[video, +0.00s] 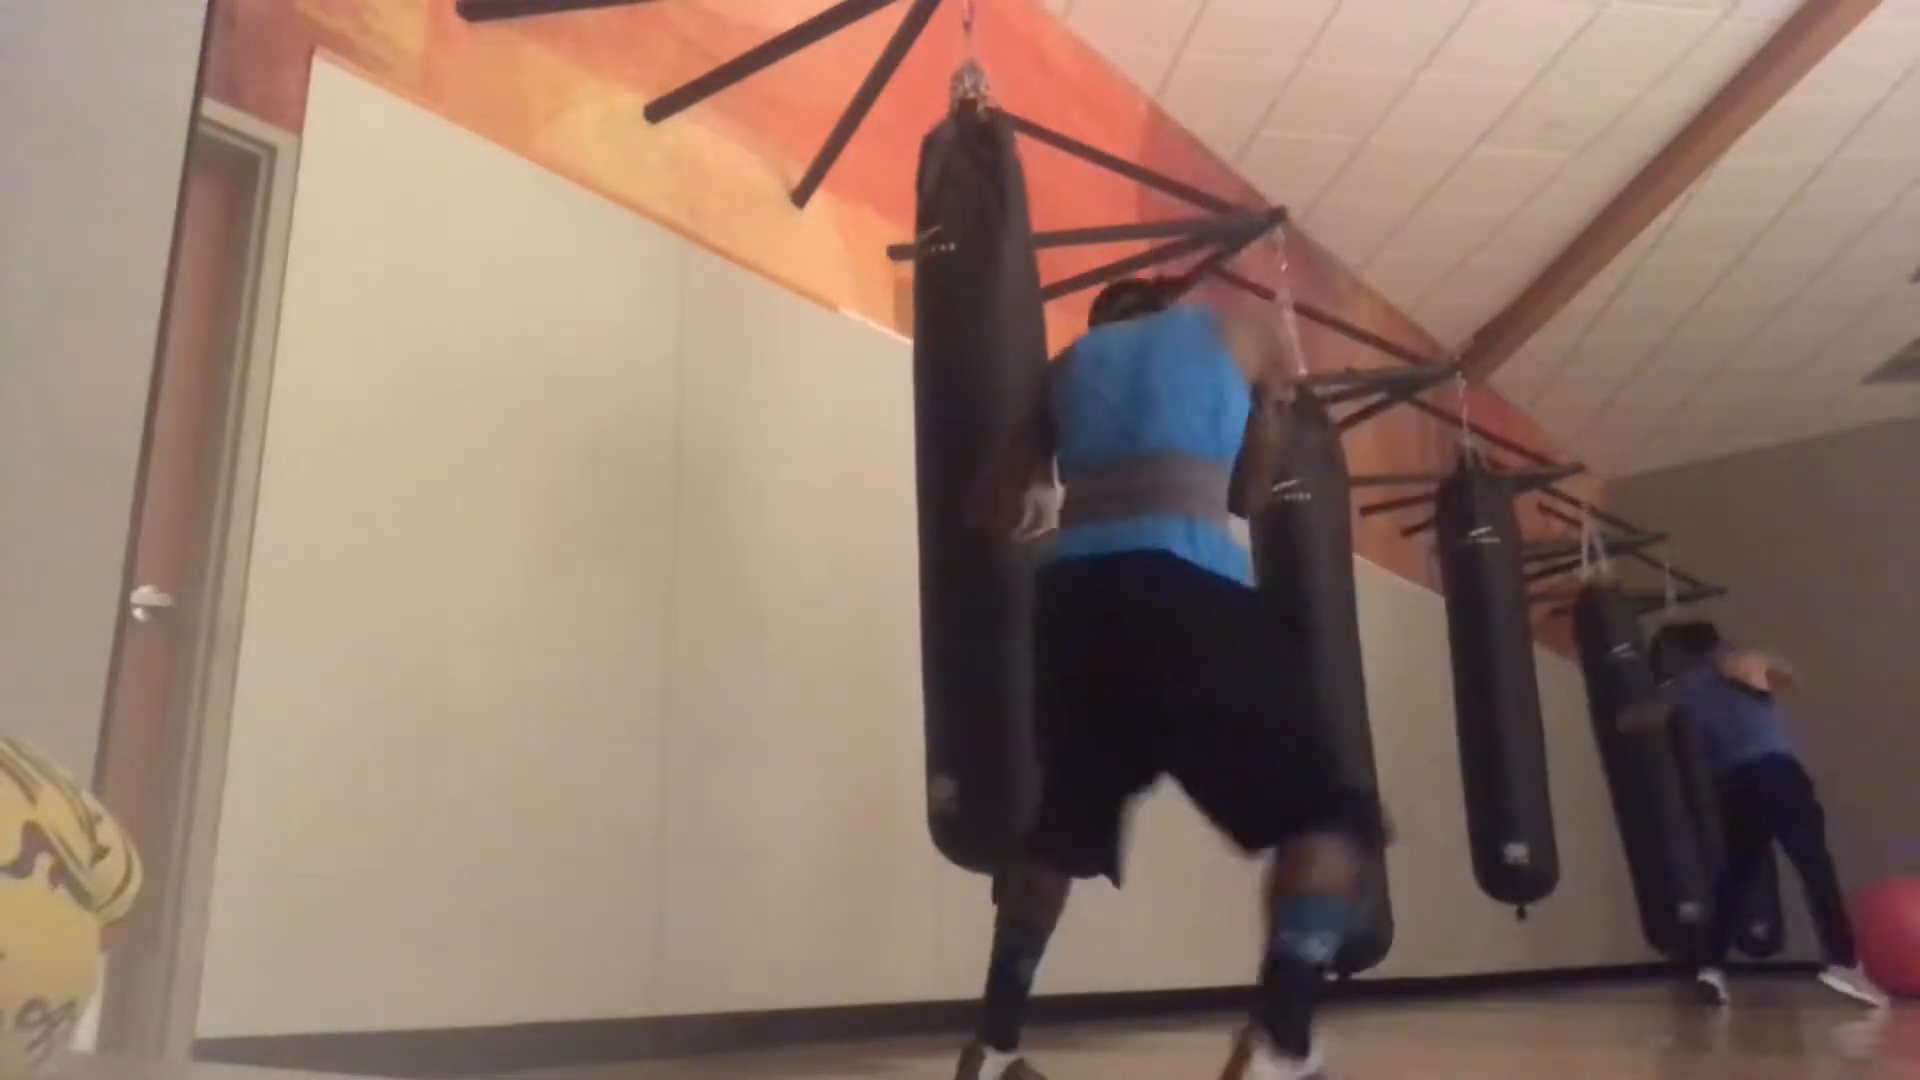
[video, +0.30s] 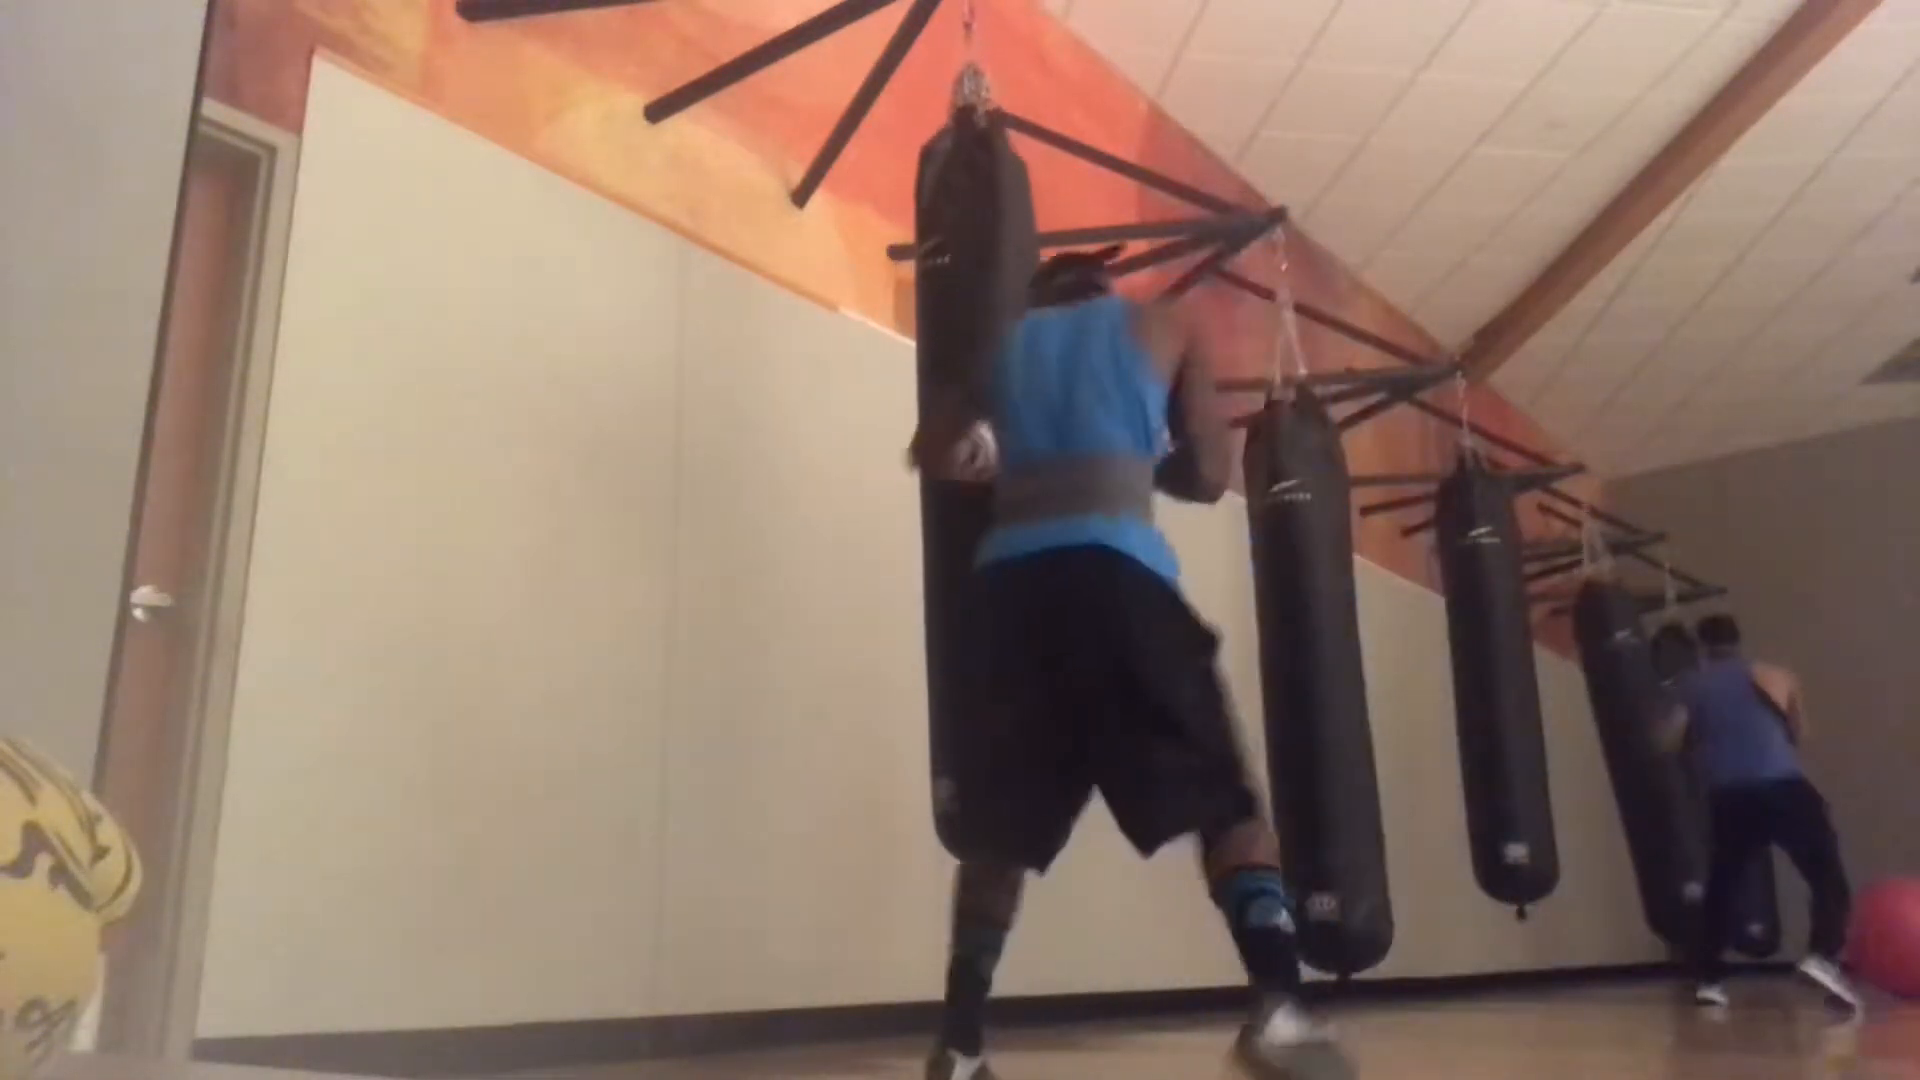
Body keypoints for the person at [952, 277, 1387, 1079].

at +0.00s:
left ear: (1098, 325)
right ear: (1177, 309)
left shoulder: (1063, 372)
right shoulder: (1242, 327)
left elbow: (994, 513)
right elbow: (1253, 488)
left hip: (1075, 595)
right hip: (1196, 592)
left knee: (1061, 816)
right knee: (1315, 813)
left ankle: (994, 1042)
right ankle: (1282, 1041)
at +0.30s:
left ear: (1029, 300)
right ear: (1108, 289)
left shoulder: (994, 346)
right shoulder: (1165, 325)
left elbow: (942, 451)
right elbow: (1210, 476)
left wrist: (977, 446)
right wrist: (1134, 453)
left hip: (1005, 594)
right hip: (1125, 587)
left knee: (998, 822)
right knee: (1224, 799)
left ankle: (959, 1040)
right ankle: (1280, 1000)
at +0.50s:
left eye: (976, 293)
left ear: (985, 284)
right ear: (1051, 279)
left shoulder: (979, 318)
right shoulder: (1119, 338)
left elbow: (947, 462)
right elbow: (1115, 462)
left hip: (1007, 571)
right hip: (1118, 576)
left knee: (971, 806)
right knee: (1158, 800)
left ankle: (955, 1047)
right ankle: (1317, 955)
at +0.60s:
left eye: (972, 285)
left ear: (981, 270)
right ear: (1043, 263)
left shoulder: (966, 308)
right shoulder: (1113, 318)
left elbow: (940, 462)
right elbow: (1133, 449)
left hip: (1005, 565)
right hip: (1120, 563)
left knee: (976, 811)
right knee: (1198, 784)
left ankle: (956, 1047)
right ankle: (1335, 948)